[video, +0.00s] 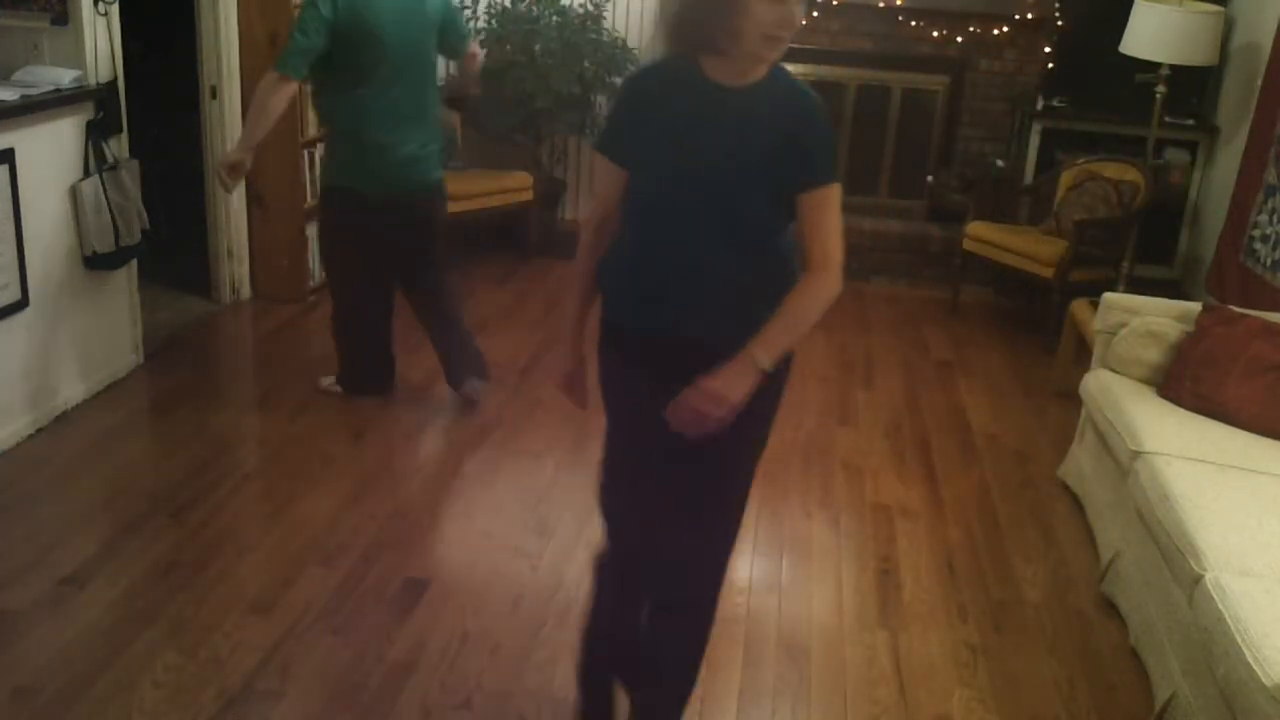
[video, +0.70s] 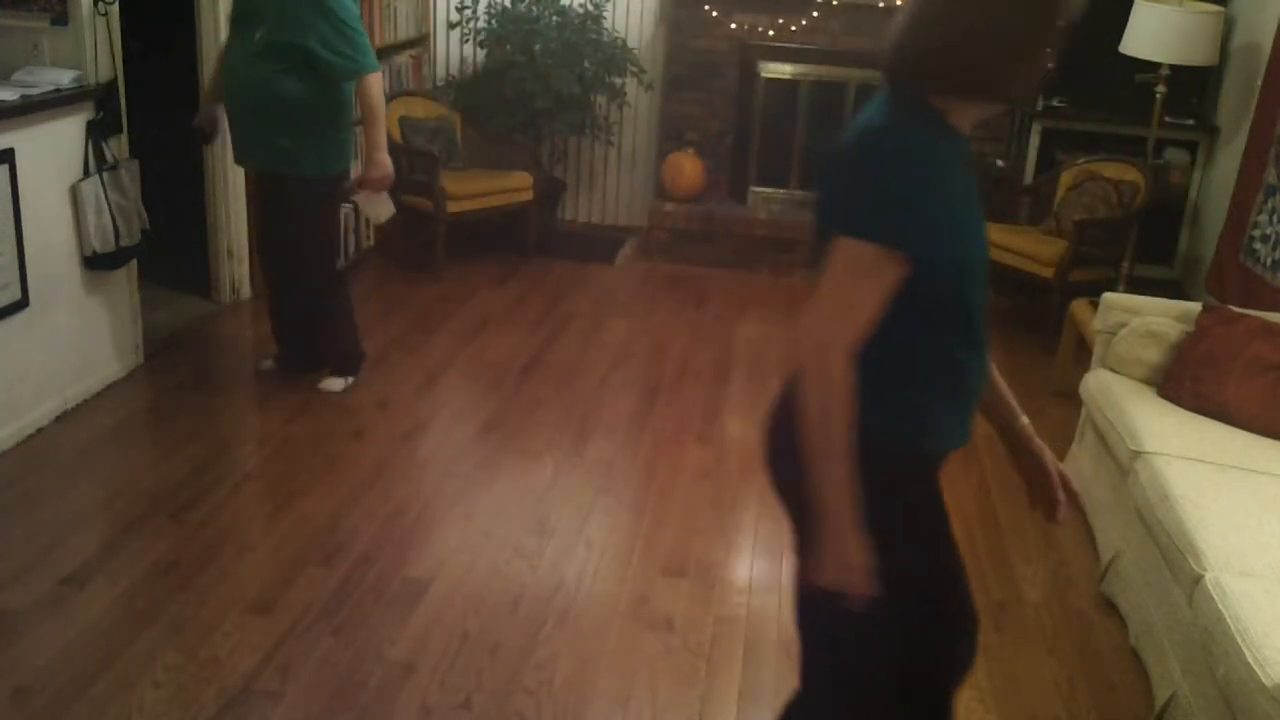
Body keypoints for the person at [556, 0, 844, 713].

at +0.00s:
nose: (791, 18)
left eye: (799, 5)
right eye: (774, 0)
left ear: (803, 16)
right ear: (723, 5)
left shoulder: (797, 111)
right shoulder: (649, 90)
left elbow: (824, 273)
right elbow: (599, 221)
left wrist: (744, 369)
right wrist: (572, 338)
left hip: (744, 353)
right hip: (639, 339)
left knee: (700, 549)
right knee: (631, 533)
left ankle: (660, 703)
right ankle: (600, 681)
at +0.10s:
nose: (819, 23)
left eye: (826, 9)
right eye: (803, 3)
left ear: (823, 22)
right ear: (750, 5)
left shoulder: (817, 122)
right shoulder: (665, 100)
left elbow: (852, 280)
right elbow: (607, 233)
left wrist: (801, 387)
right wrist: (577, 349)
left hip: (755, 365)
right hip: (653, 351)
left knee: (703, 574)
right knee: (659, 563)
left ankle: (667, 709)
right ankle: (654, 703)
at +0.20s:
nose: (849, 38)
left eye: (855, 22)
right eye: (835, 17)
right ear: (778, 16)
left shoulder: (841, 137)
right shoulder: (684, 114)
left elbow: (884, 285)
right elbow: (618, 248)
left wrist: (878, 400)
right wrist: (578, 365)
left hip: (783, 374)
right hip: (672, 364)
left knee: (712, 574)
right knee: (697, 580)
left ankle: (655, 703)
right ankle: (720, 709)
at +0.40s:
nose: (925, 48)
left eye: (928, 31)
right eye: (916, 27)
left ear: (872, 36)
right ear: (863, 28)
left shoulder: (888, 149)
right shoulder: (748, 134)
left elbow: (931, 301)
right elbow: (658, 285)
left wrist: (1002, 421)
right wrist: (613, 431)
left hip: (836, 412)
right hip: (736, 409)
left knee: (803, 620)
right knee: (768, 631)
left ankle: (675, 692)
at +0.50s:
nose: (973, 49)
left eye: (976, 32)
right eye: (965, 27)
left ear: (921, 38)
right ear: (913, 29)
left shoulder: (907, 146)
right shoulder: (794, 141)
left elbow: (949, 312)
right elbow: (694, 307)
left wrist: (1034, 437)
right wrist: (665, 467)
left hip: (859, 430)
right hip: (771, 428)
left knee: (869, 637)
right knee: (795, 665)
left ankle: (718, 709)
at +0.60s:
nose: (1017, 56)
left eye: (1022, 37)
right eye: (1012, 33)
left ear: (954, 38)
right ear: (960, 35)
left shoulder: (911, 143)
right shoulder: (852, 145)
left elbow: (949, 313)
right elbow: (755, 319)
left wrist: (1033, 435)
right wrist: (755, 505)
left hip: (879, 442)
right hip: (823, 445)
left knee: (917, 629)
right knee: (829, 658)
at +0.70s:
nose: (1047, 65)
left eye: (1050, 46)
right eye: (1042, 45)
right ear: (1002, 55)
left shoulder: (933, 146)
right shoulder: (903, 155)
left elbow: (949, 326)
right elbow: (823, 345)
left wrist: (1024, 441)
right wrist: (837, 526)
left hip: (894, 444)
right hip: (857, 450)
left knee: (937, 641)